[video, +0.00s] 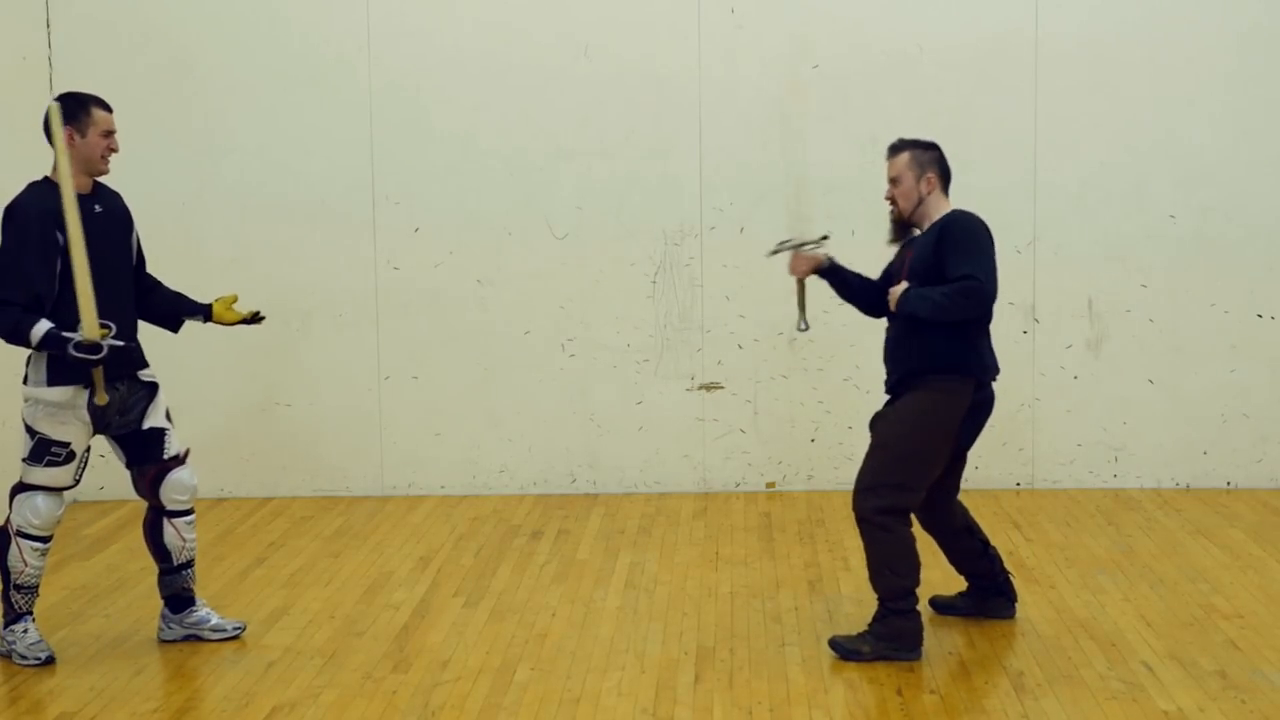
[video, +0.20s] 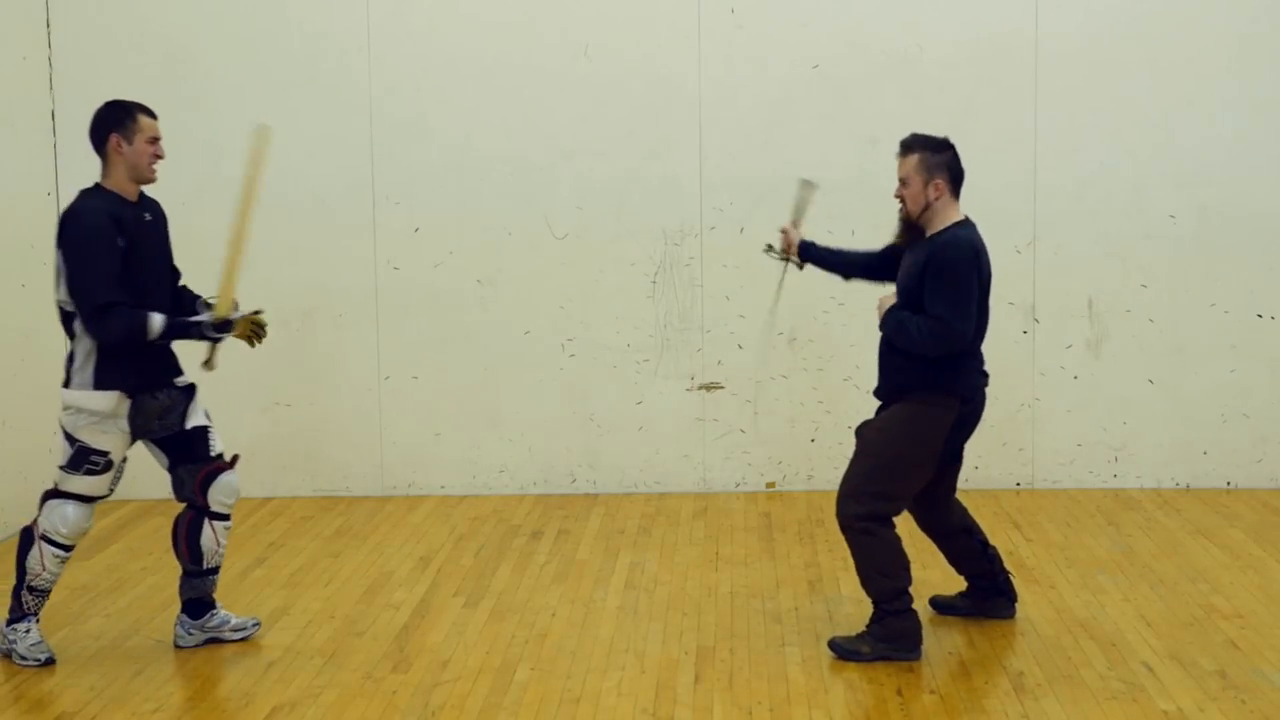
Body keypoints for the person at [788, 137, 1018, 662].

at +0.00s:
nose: (888, 193)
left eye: (895, 182)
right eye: (887, 184)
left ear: (929, 182)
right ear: (921, 185)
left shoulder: (962, 228)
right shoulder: (912, 249)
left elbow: (976, 297)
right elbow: (880, 301)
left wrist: (910, 299)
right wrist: (827, 268)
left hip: (943, 389)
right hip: (939, 392)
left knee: (878, 499)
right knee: (934, 501)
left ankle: (897, 629)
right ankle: (992, 590)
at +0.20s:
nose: (897, 194)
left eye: (905, 184)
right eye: (898, 184)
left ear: (938, 187)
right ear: (935, 187)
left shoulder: (957, 249)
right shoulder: (929, 239)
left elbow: (949, 340)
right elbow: (875, 266)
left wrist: (892, 318)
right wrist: (805, 251)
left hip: (928, 403)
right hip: (940, 400)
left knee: (861, 508)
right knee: (930, 501)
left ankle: (895, 630)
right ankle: (992, 589)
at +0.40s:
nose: (892, 220)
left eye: (903, 215)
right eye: (894, 210)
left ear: (938, 222)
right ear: (927, 217)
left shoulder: (971, 288)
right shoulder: (905, 231)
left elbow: (970, 371)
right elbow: (847, 260)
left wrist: (902, 337)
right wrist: (787, 309)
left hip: (931, 406)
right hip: (903, 396)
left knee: (866, 504)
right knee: (919, 496)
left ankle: (895, 629)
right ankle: (986, 579)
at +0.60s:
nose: (904, 218)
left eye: (915, 211)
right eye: (904, 208)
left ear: (949, 215)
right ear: (908, 201)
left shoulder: (986, 283)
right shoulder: (902, 232)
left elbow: (990, 363)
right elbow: (865, 274)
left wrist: (925, 326)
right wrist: (891, 299)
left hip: (938, 404)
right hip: (888, 393)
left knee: (872, 501)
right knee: (892, 497)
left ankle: (897, 629)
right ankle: (978, 572)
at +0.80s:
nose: (908, 195)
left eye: (918, 187)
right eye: (909, 185)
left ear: (951, 194)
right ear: (929, 193)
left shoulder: (996, 252)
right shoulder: (916, 239)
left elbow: (993, 330)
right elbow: (885, 280)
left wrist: (936, 283)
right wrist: (891, 230)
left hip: (957, 399)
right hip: (903, 393)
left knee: (891, 497)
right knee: (881, 495)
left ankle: (896, 628)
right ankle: (958, 574)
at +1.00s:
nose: (904, 177)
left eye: (914, 165)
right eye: (903, 167)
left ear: (948, 169)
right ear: (933, 175)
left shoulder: (1005, 206)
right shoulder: (925, 224)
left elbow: (1048, 271)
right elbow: (908, 266)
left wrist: (975, 290)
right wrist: (868, 220)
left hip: (1020, 352)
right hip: (959, 355)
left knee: (981, 463)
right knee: (945, 470)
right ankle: (969, 586)